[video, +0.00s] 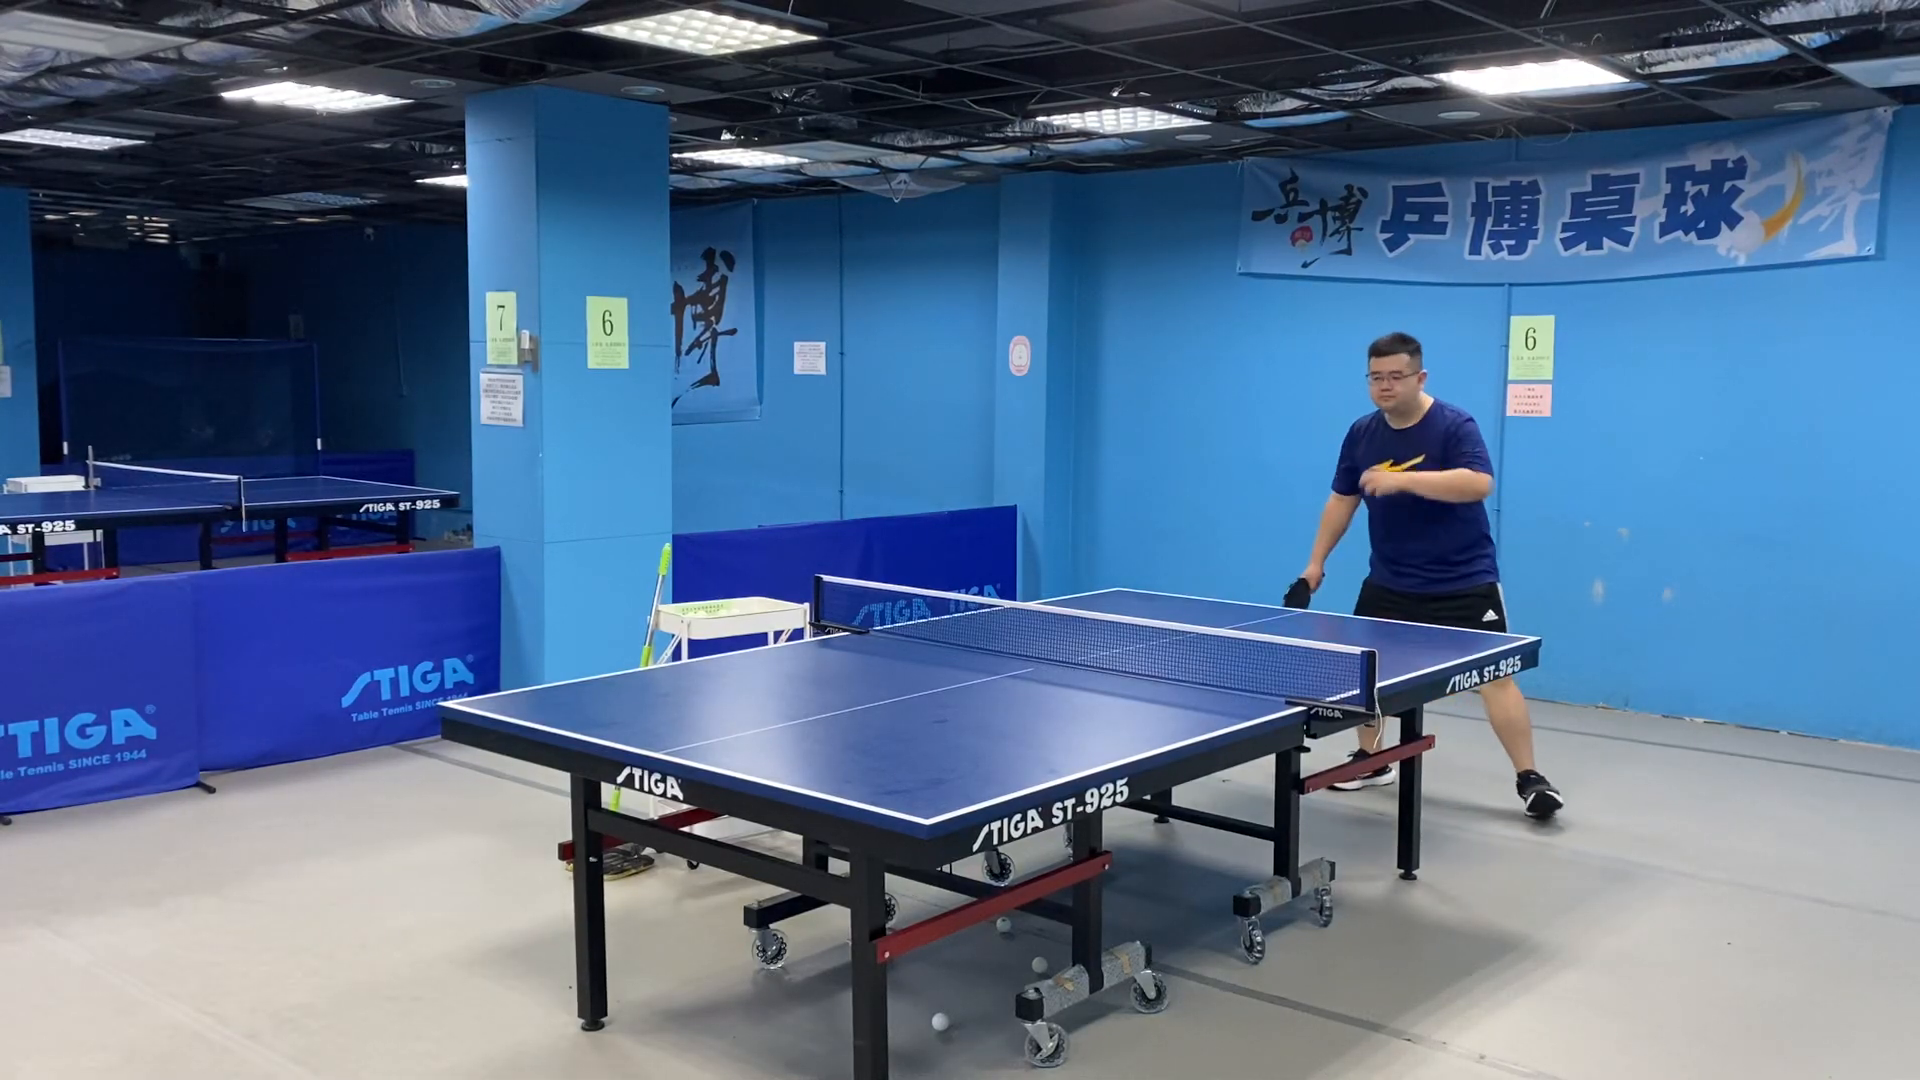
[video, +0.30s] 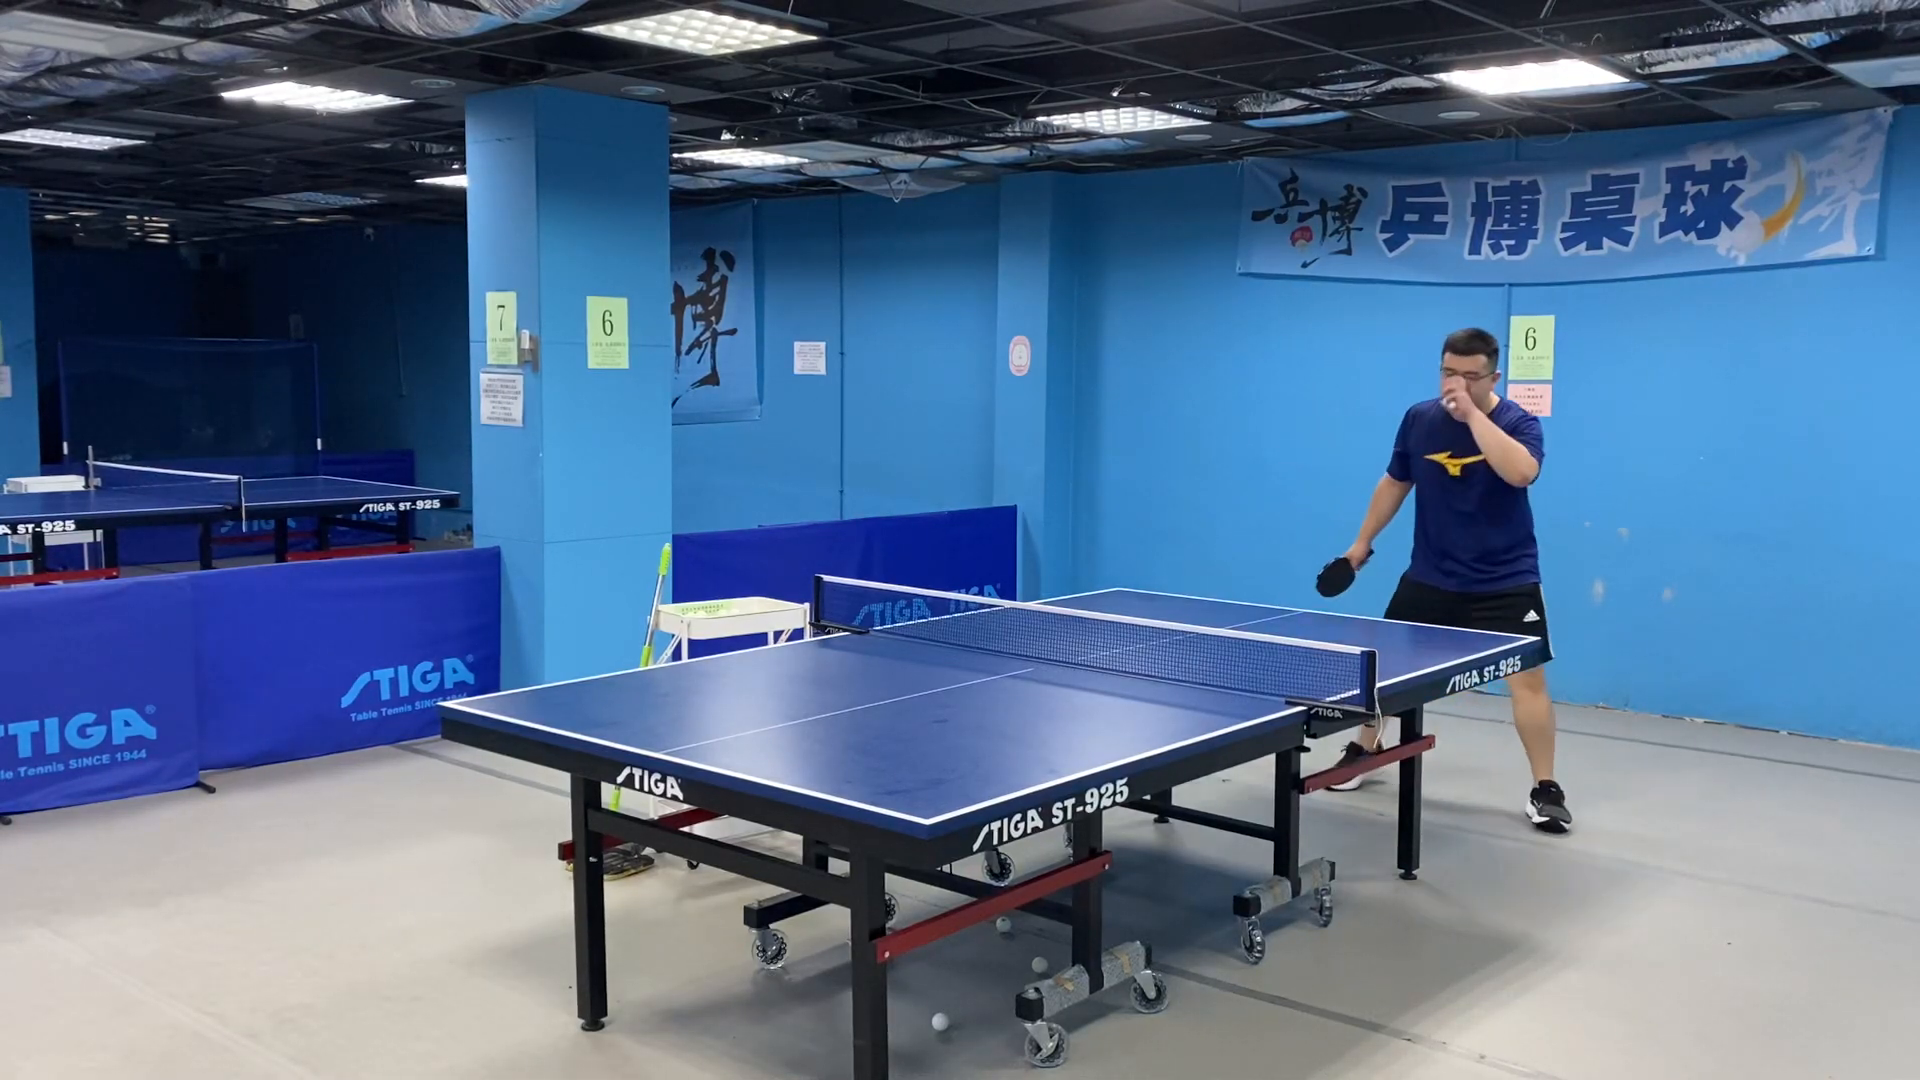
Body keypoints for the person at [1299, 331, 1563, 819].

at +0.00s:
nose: (1383, 385)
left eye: (1394, 376)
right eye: (1375, 377)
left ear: (1420, 378)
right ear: (1368, 380)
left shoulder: (1455, 426)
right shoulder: (1363, 435)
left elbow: (1480, 483)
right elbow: (1342, 500)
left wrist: (1402, 481)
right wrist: (1315, 563)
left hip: (1466, 586)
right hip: (1390, 585)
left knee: (1495, 672)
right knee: (1364, 669)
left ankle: (1529, 777)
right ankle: (1369, 754)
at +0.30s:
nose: (1459, 385)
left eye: (1472, 376)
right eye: (1451, 375)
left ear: (1494, 377)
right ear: (1440, 371)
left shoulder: (1518, 423)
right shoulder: (1420, 420)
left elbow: (1521, 472)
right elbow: (1394, 483)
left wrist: (1473, 415)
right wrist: (1363, 542)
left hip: (1507, 580)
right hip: (1431, 576)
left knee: (1527, 677)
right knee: (1382, 658)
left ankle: (1545, 787)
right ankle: (1367, 747)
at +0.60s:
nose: (1450, 385)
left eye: (1463, 378)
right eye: (1443, 375)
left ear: (1487, 384)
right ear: (1434, 378)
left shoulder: (1516, 439)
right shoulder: (1413, 429)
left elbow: (1551, 506)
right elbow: (1389, 489)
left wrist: (1488, 532)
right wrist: (1364, 549)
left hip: (1500, 588)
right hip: (1422, 579)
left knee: (1524, 676)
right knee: (1364, 656)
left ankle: (1541, 788)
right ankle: (1330, 743)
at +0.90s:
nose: (1388, 419)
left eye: (1400, 411)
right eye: (1382, 410)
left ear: (1427, 415)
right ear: (1375, 414)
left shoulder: (1469, 464)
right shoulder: (1365, 462)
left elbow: (1501, 524)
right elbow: (1351, 517)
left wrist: (1466, 582)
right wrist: (1338, 556)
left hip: (1472, 593)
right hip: (1391, 591)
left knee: (1507, 678)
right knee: (1337, 655)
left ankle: (1538, 786)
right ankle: (1335, 753)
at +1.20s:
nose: (1353, 424)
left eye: (1363, 415)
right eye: (1347, 416)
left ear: (1394, 418)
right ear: (1342, 420)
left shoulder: (1445, 462)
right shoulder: (1350, 468)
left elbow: (1486, 525)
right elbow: (1348, 525)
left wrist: (1449, 589)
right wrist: (1331, 563)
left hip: (1470, 587)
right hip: (1396, 586)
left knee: (1499, 681)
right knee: (1335, 654)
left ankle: (1537, 788)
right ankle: (1337, 753)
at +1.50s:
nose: (1336, 410)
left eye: (1347, 401)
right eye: (1331, 401)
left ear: (1377, 402)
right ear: (1329, 405)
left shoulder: (1421, 449)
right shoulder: (1348, 454)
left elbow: (1450, 521)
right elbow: (1351, 515)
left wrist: (1401, 583)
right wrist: (1322, 555)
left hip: (1456, 579)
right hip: (1393, 578)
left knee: (1478, 683)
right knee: (1340, 654)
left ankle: (1533, 787)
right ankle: (1338, 755)